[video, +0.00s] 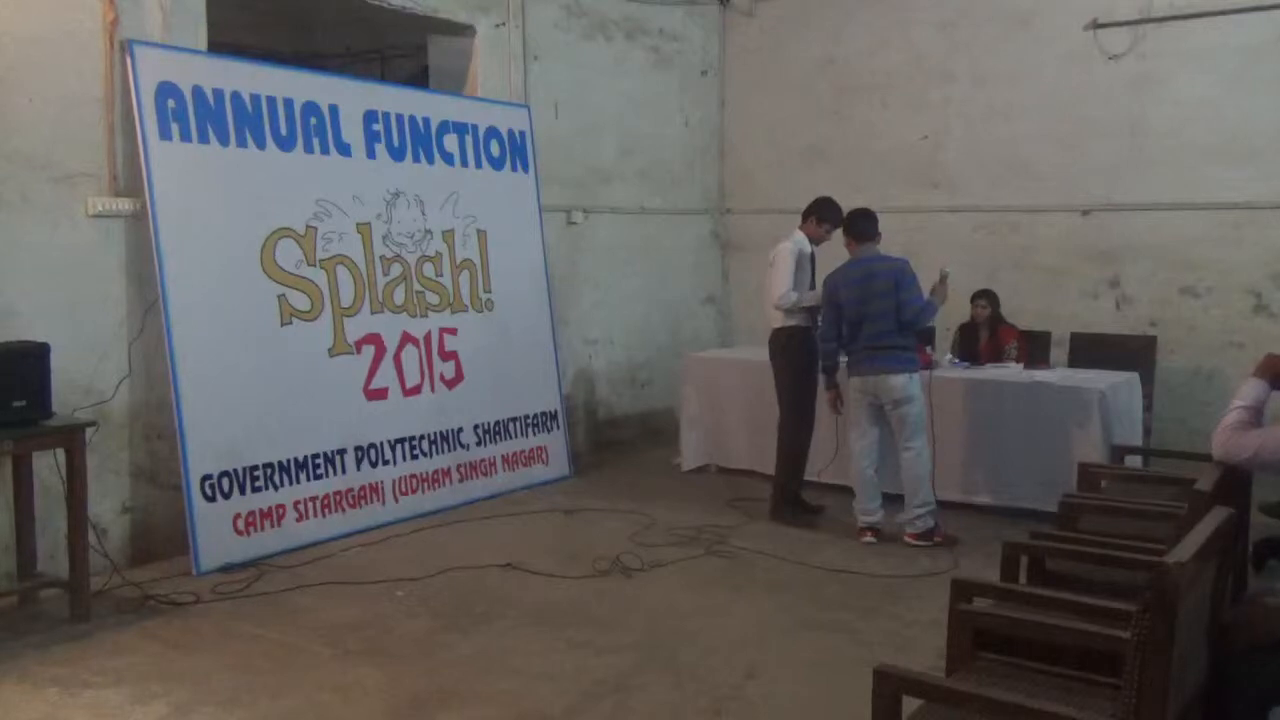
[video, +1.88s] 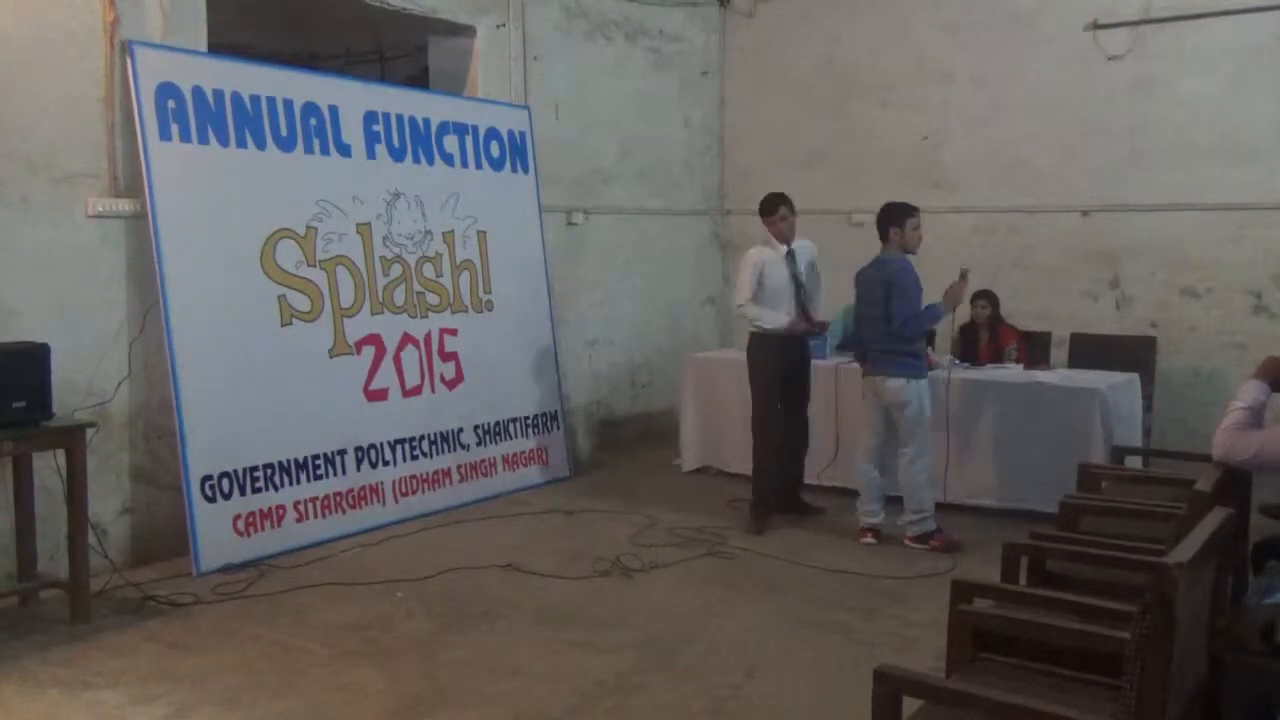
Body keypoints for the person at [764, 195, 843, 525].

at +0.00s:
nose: (828, 237)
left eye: (831, 232)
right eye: (827, 230)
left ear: (814, 223)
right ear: (812, 221)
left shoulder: (805, 251)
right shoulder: (789, 250)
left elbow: (797, 298)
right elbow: (781, 298)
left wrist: (824, 298)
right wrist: (821, 296)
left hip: (803, 336)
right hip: (789, 338)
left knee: (802, 420)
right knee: (794, 420)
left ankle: (793, 493)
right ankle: (783, 500)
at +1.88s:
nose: (784, 226)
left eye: (787, 219)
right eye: (776, 222)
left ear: (795, 217)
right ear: (766, 224)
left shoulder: (807, 251)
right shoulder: (757, 257)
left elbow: (814, 291)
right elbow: (742, 306)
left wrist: (813, 317)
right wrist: (786, 323)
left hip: (797, 345)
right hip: (766, 346)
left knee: (795, 423)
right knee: (768, 425)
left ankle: (791, 495)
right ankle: (762, 503)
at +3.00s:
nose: (626, 229)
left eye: (633, 222)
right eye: (619, 223)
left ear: (645, 222)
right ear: (608, 223)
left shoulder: (664, 265)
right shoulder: (593, 263)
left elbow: (652, 322)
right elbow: (576, 321)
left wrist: (617, 365)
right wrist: (554, 366)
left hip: (652, 371)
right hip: (607, 370)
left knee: (664, 461)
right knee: (592, 468)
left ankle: (693, 544)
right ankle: (569, 566)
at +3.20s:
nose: (602, 223)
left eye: (609, 216)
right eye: (595, 216)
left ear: (618, 219)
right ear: (580, 217)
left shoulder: (632, 260)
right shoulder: (553, 262)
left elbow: (629, 324)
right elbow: (539, 322)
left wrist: (591, 365)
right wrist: (535, 375)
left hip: (617, 370)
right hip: (567, 372)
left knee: (620, 467)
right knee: (552, 476)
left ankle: (645, 555)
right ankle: (565, 572)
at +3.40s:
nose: (602, 214)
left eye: (607, 207)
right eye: (595, 206)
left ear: (612, 212)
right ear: (574, 207)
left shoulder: (622, 253)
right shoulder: (544, 246)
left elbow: (631, 311)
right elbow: (537, 302)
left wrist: (616, 348)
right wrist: (570, 342)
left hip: (605, 368)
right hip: (556, 366)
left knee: (609, 468)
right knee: (547, 474)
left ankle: (614, 561)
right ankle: (563, 571)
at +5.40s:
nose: (855, 235)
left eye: (856, 228)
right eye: (855, 228)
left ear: (823, 224)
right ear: (846, 227)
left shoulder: (791, 259)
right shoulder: (845, 260)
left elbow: (779, 311)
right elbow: (879, 300)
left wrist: (785, 350)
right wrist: (930, 291)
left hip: (796, 356)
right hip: (832, 358)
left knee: (793, 439)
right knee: (842, 434)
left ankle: (782, 520)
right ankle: (858, 506)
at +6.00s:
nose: (896, 240)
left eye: (898, 234)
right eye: (895, 232)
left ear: (872, 225)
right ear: (882, 227)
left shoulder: (846, 245)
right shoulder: (867, 249)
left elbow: (849, 305)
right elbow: (877, 303)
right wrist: (894, 330)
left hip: (826, 334)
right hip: (847, 335)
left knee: (836, 416)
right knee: (856, 417)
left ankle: (835, 491)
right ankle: (860, 498)